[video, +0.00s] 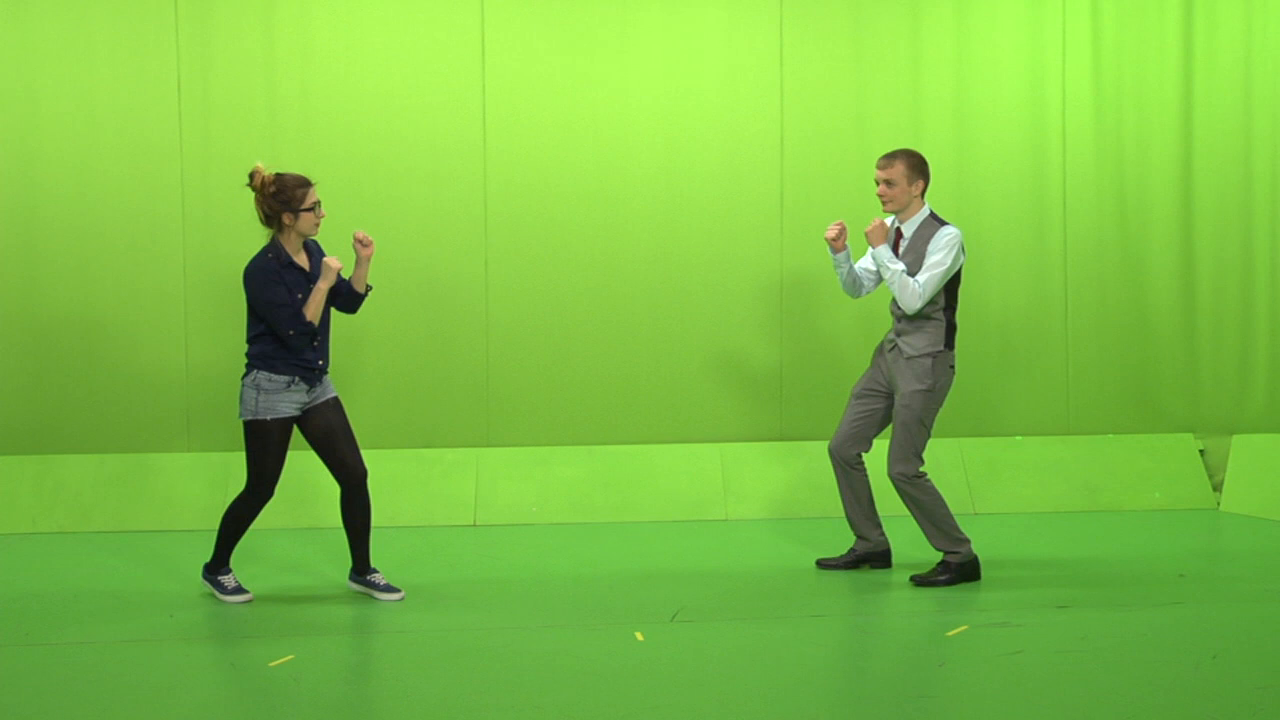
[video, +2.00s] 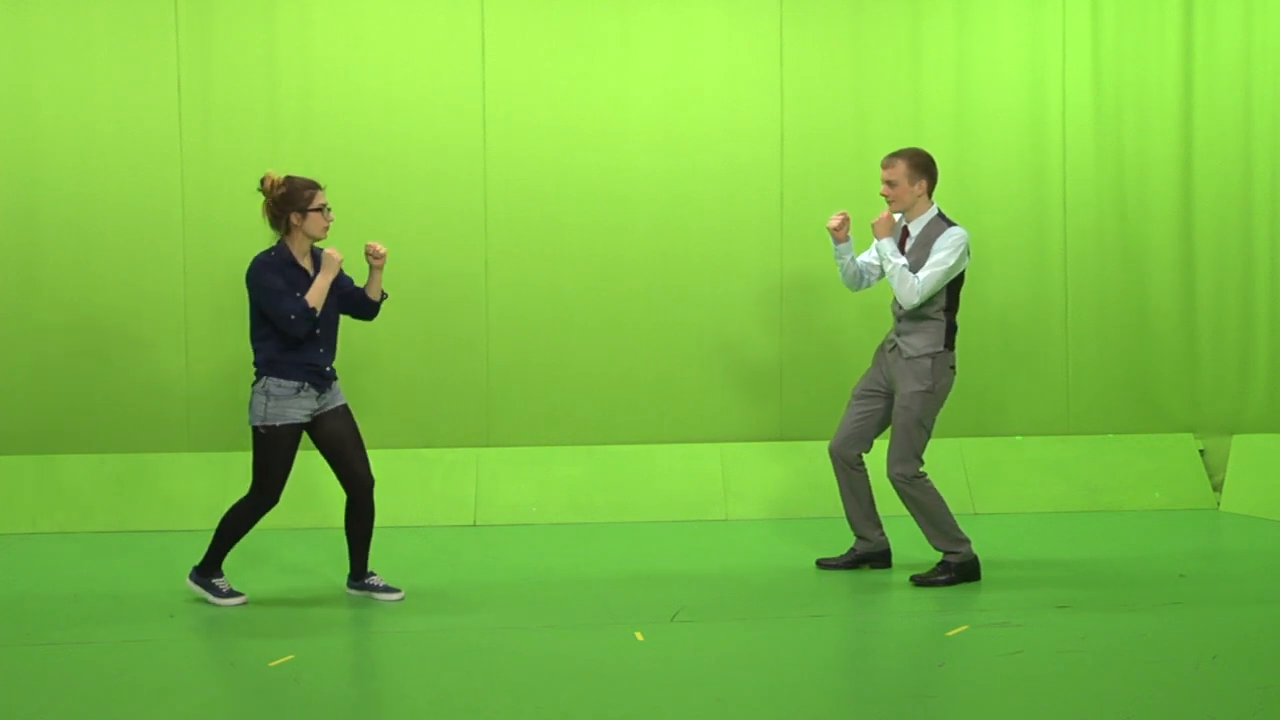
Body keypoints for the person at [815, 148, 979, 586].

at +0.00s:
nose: (881, 192)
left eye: (889, 184)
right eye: (878, 184)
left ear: (918, 187)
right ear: (881, 186)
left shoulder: (947, 238)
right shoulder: (888, 232)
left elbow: (913, 299)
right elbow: (856, 287)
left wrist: (883, 250)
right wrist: (840, 253)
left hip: (926, 362)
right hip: (890, 355)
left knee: (903, 467)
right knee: (844, 448)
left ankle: (961, 557)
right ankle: (871, 546)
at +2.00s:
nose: (885, 193)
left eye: (891, 185)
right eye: (883, 185)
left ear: (922, 187)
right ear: (900, 190)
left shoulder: (953, 238)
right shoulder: (897, 231)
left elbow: (911, 294)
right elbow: (856, 279)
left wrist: (885, 243)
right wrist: (842, 243)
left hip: (927, 363)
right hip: (891, 356)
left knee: (903, 468)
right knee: (844, 449)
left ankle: (961, 557)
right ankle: (871, 546)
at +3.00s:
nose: (855, 198)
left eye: (862, 190)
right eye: (854, 190)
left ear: (893, 193)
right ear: (882, 194)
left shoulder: (921, 248)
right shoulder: (868, 239)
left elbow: (881, 305)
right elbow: (833, 287)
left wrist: (851, 255)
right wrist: (818, 258)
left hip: (909, 370)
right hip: (871, 365)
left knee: (890, 475)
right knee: (808, 443)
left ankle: (957, 557)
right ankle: (805, 550)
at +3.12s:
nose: (834, 192)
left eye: (840, 184)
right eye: (833, 183)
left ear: (870, 187)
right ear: (860, 188)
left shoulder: (896, 242)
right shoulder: (844, 229)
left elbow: (848, 288)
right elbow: (803, 271)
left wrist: (822, 238)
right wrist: (791, 237)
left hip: (876, 368)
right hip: (836, 362)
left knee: (883, 473)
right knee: (776, 442)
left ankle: (954, 552)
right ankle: (739, 547)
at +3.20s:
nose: (811, 189)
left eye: (818, 181)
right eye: (811, 180)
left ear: (848, 184)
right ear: (838, 185)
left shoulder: (874, 237)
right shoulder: (821, 226)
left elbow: (828, 283)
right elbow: (778, 268)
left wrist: (802, 235)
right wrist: (770, 233)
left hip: (850, 364)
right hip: (809, 357)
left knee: (850, 473)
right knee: (758, 446)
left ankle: (922, 540)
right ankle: (731, 553)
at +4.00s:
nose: (749, 193)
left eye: (756, 186)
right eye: (749, 186)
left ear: (785, 189)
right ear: (772, 191)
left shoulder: (820, 239)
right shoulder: (765, 237)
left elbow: (780, 292)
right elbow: (736, 289)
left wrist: (750, 244)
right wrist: (717, 254)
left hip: (816, 368)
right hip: (775, 363)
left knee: (814, 475)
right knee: (722, 448)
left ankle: (868, 558)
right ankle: (712, 556)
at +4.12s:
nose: (727, 198)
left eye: (734, 191)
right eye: (726, 190)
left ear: (763, 194)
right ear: (755, 196)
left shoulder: (796, 244)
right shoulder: (748, 245)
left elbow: (755, 300)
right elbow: (743, 306)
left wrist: (726, 252)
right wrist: (704, 297)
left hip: (801, 373)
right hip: (760, 368)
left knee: (810, 480)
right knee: (701, 448)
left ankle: (867, 557)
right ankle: (685, 557)